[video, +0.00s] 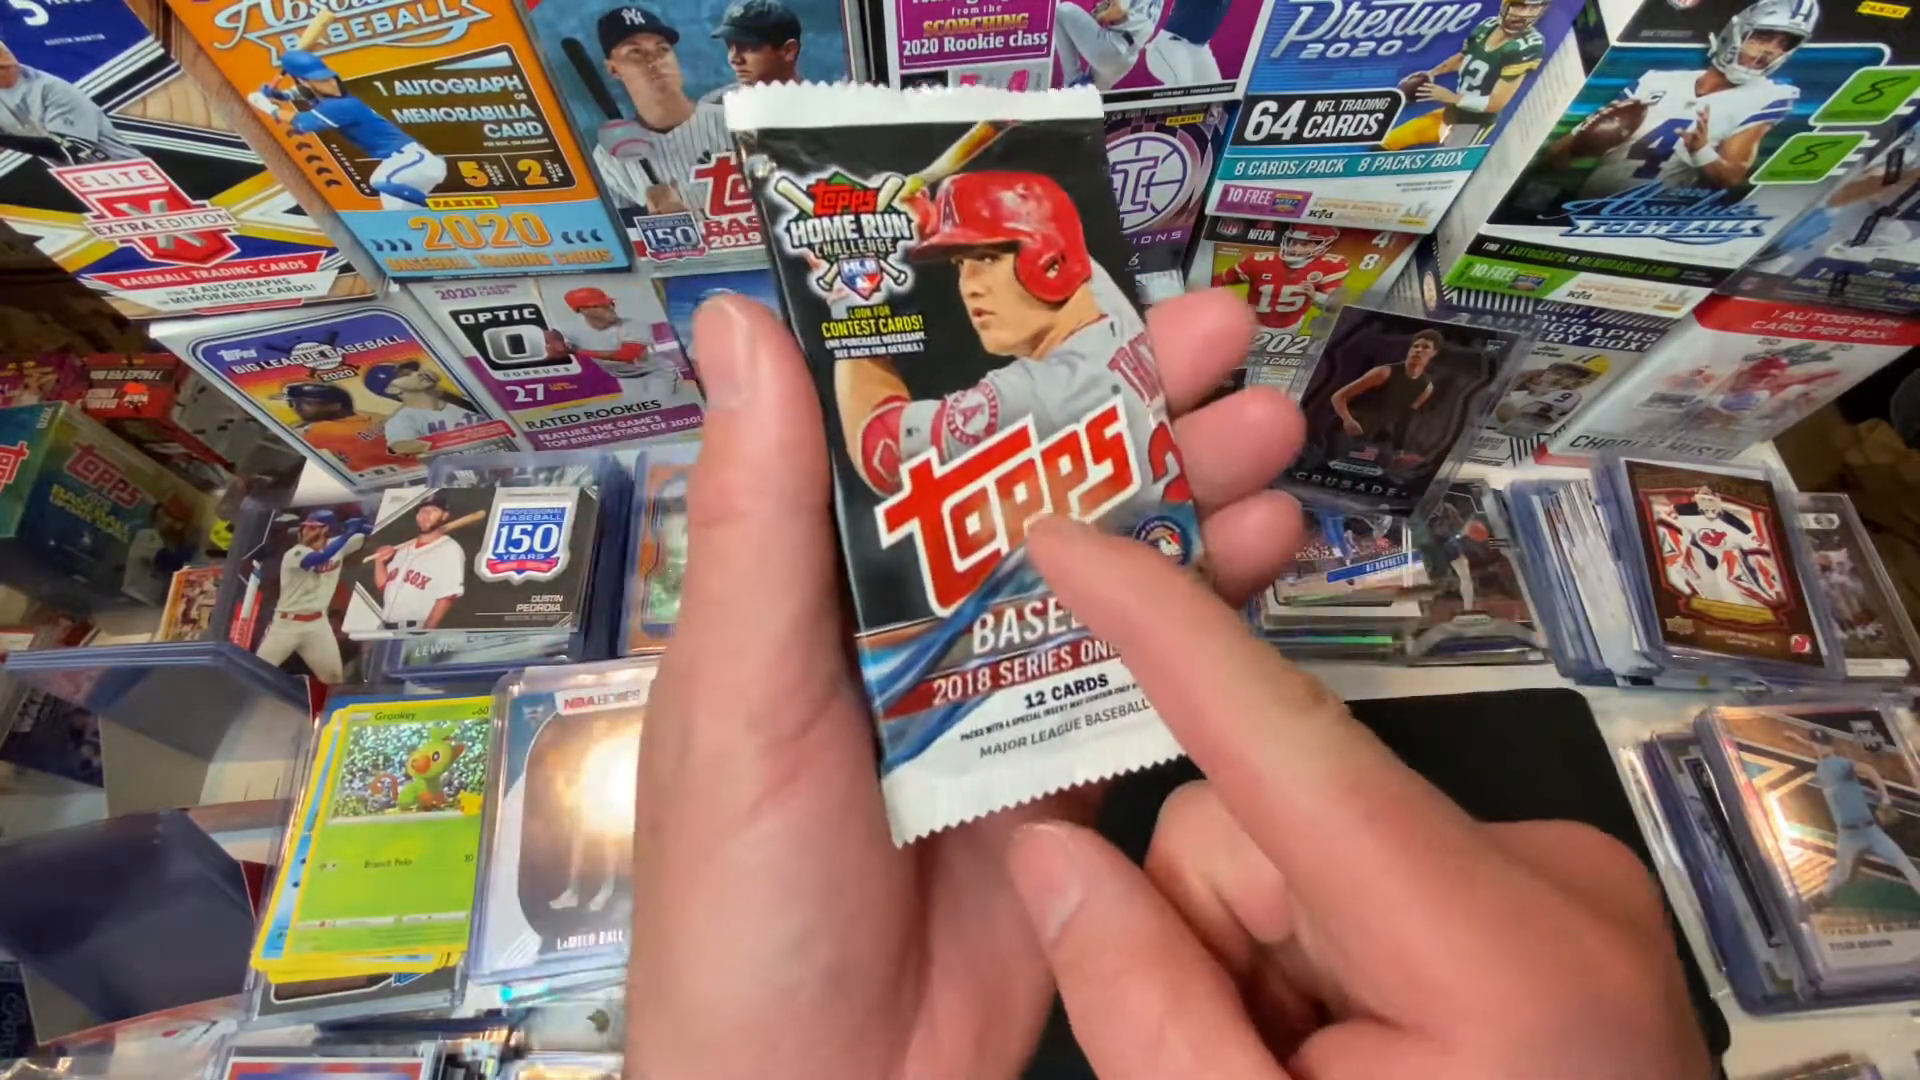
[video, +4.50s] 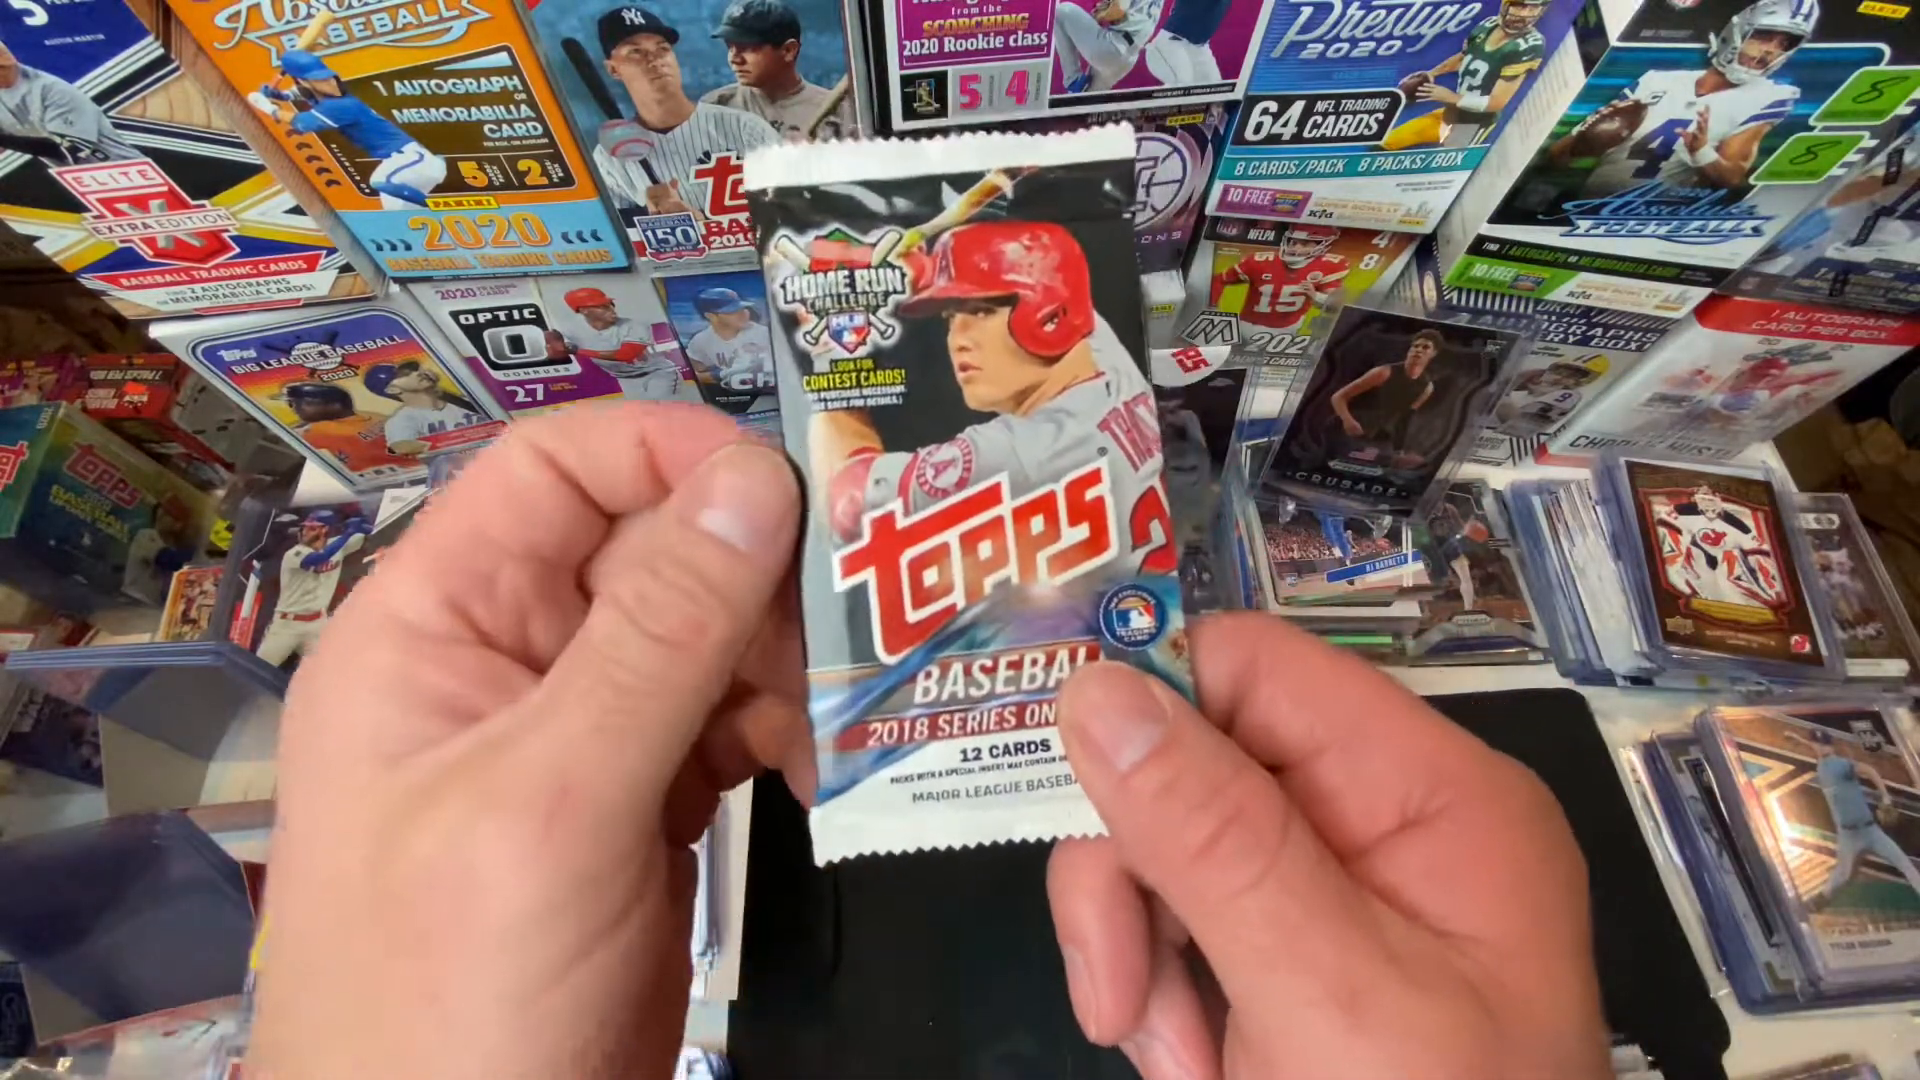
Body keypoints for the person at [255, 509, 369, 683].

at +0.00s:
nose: (303, 531)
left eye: (310, 527)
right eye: (304, 527)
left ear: (324, 530)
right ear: (303, 530)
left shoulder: (337, 549)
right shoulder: (294, 554)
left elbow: (367, 533)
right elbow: (318, 559)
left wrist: (358, 525)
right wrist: (347, 536)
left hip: (317, 625)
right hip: (285, 624)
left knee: (333, 677)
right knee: (258, 670)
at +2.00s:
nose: (303, 532)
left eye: (309, 528)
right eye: (304, 528)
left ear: (323, 530)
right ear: (302, 529)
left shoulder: (338, 547)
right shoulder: (293, 554)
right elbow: (319, 558)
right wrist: (349, 534)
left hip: (318, 624)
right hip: (286, 624)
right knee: (261, 666)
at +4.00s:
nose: (304, 531)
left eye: (310, 528)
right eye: (304, 527)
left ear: (324, 531)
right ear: (303, 529)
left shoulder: (337, 549)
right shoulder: (293, 554)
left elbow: (366, 532)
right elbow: (319, 560)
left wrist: (356, 523)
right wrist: (347, 536)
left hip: (317, 625)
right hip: (285, 625)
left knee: (334, 680)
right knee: (258, 671)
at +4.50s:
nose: (304, 532)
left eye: (310, 528)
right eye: (304, 528)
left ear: (324, 530)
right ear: (302, 529)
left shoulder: (337, 547)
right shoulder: (293, 554)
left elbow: (368, 532)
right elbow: (319, 560)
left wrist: (354, 522)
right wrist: (348, 535)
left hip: (317, 625)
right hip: (285, 624)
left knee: (321, 679)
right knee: (258, 671)